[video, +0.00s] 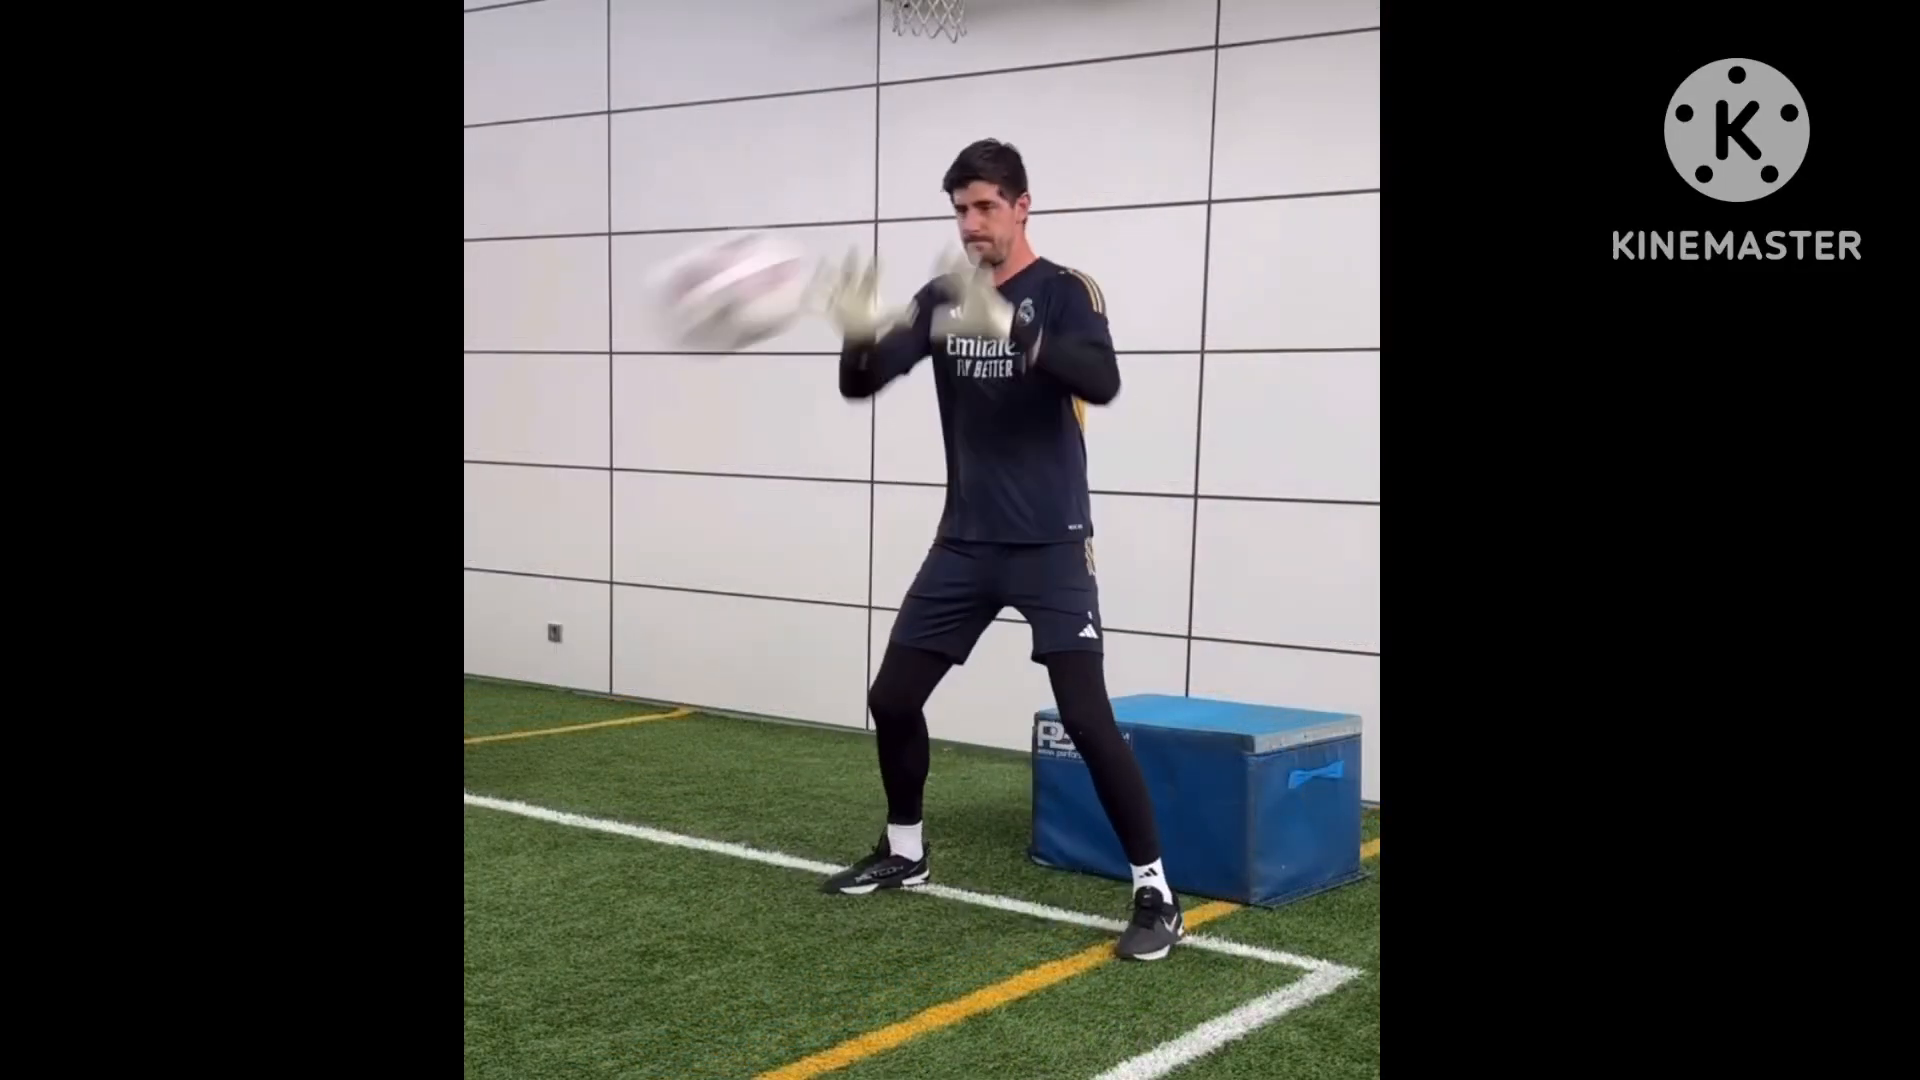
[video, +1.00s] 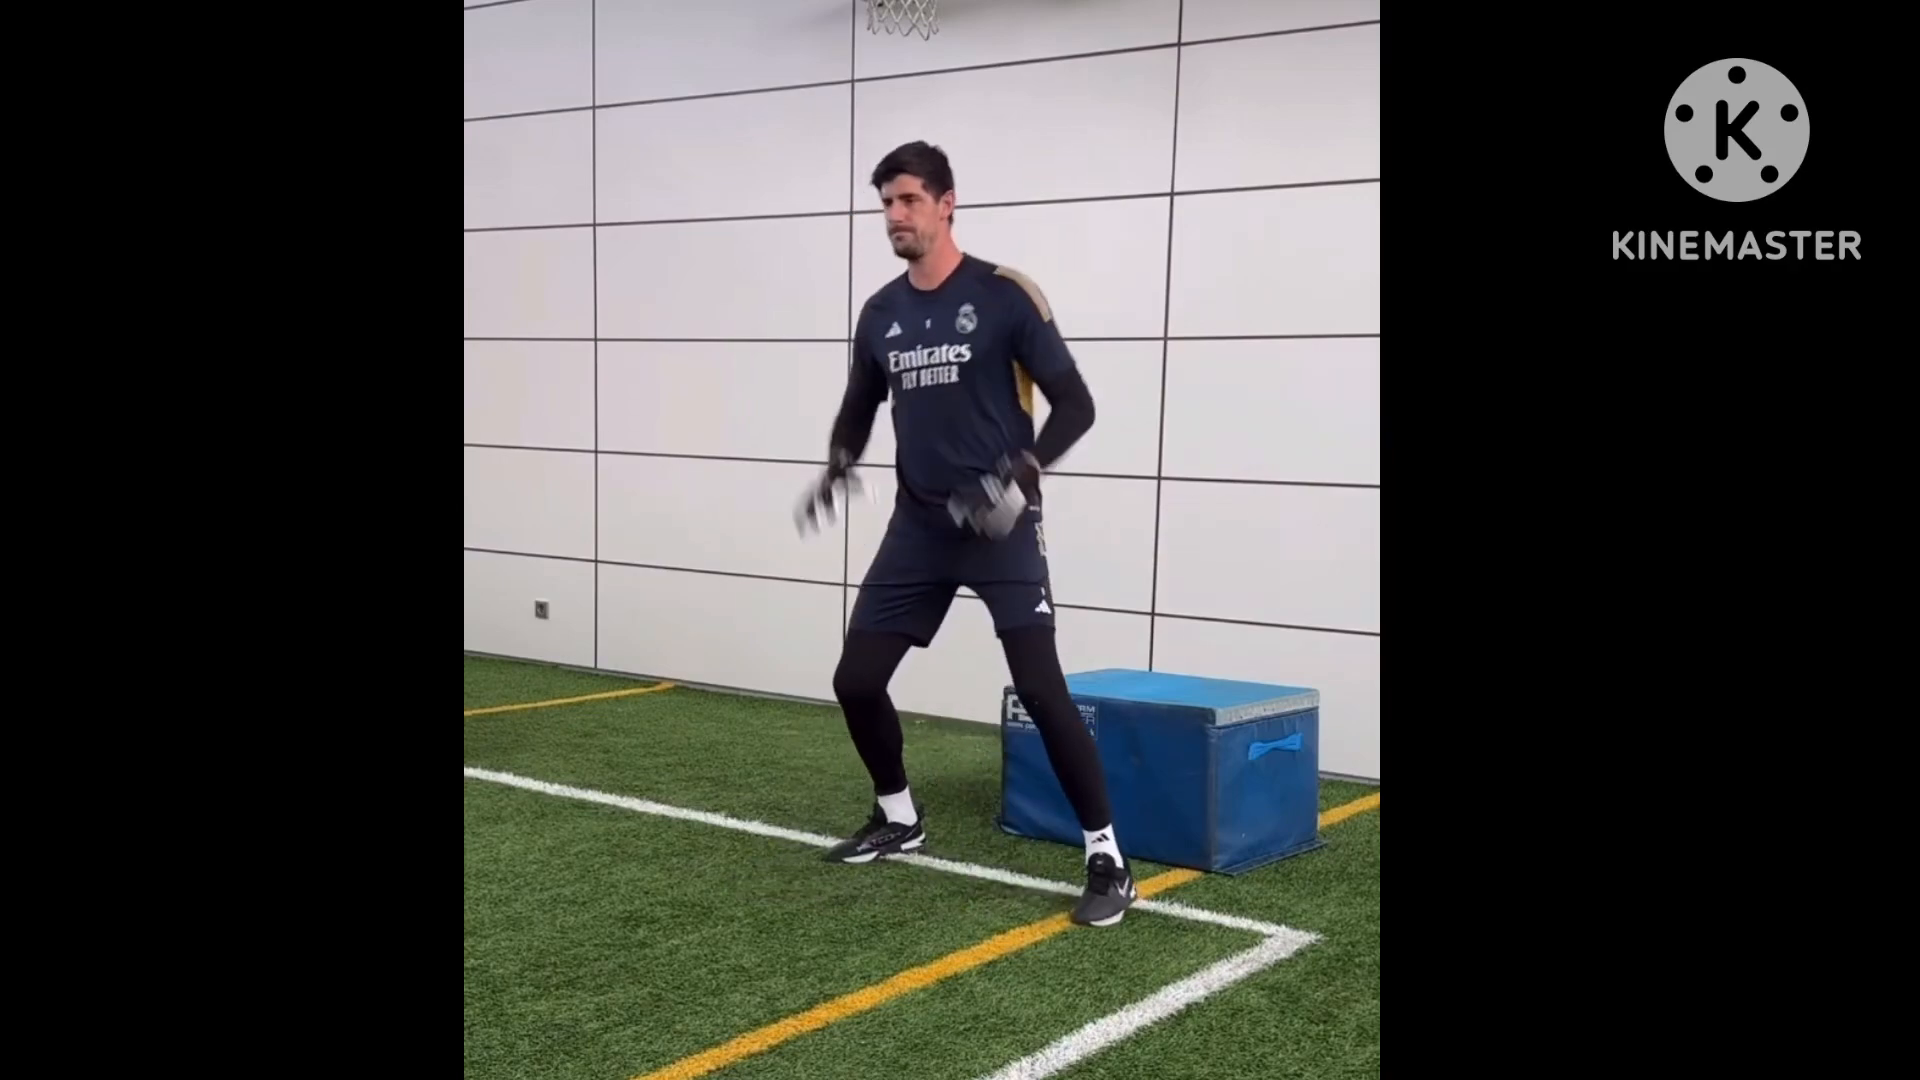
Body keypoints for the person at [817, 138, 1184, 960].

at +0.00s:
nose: (972, 223)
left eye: (985, 207)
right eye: (961, 210)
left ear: (1021, 206)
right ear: (952, 216)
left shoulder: (1064, 290)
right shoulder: (942, 298)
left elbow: (1101, 380)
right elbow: (857, 382)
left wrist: (1010, 330)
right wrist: (860, 334)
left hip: (1051, 543)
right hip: (964, 541)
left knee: (1086, 716)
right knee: (893, 698)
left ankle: (1152, 890)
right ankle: (903, 853)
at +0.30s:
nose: (988, 212)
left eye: (1001, 195)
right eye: (977, 200)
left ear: (1038, 194)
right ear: (970, 209)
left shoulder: (1087, 290)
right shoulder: (959, 294)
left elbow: (1119, 399)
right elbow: (903, 403)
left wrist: (1033, 349)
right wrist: (911, 333)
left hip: (1057, 540)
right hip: (967, 537)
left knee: (1095, 713)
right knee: (913, 699)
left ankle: (1153, 891)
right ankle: (903, 853)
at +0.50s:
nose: (830, 192)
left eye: (842, 180)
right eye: (832, 179)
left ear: (882, 188)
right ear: (884, 190)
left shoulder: (888, 258)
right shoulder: (902, 262)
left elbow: (930, 368)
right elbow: (905, 381)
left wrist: (872, 452)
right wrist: (844, 446)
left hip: (904, 487)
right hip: (947, 489)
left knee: (825, 654)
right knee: (908, 648)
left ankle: (808, 848)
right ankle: (966, 818)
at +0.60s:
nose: (842, 166)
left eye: (856, 153)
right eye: (840, 154)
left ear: (898, 161)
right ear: (854, 166)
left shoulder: (925, 234)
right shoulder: (873, 249)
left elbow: (988, 348)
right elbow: (885, 363)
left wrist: (920, 433)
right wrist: (838, 434)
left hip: (936, 459)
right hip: (897, 457)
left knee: (865, 634)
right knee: (875, 636)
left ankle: (863, 832)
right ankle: (951, 800)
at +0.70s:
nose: (851, 179)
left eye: (865, 166)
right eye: (847, 167)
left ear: (906, 173)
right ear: (852, 178)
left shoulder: (949, 259)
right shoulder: (856, 277)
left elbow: (1011, 379)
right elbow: (864, 380)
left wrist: (958, 470)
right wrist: (837, 459)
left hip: (943, 486)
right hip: (881, 485)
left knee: (910, 644)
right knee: (856, 655)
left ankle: (974, 835)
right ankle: (896, 817)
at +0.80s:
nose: (860, 207)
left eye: (874, 193)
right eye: (855, 195)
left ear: (913, 201)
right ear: (852, 207)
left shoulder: (963, 292)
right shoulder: (853, 310)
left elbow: (1030, 412)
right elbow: (856, 411)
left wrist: (995, 516)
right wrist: (848, 501)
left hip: (962, 522)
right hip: (887, 525)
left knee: (986, 677)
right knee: (843, 675)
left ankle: (1071, 845)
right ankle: (897, 818)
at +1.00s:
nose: (894, 216)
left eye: (908, 201)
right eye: (886, 204)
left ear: (946, 204)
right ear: (883, 213)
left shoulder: (1007, 296)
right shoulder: (880, 314)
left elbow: (1076, 406)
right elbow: (859, 404)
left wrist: (1024, 473)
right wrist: (838, 465)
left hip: (1002, 522)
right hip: (918, 523)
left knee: (1040, 687)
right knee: (858, 680)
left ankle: (1105, 856)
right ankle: (898, 819)